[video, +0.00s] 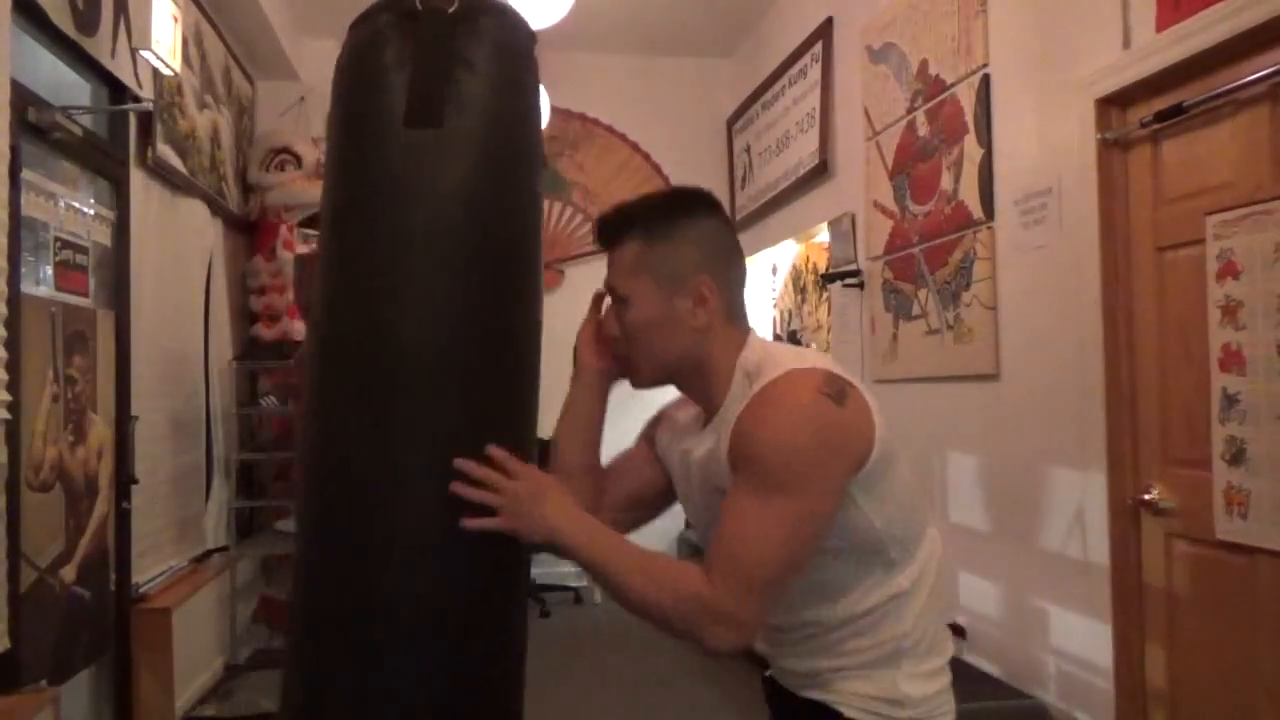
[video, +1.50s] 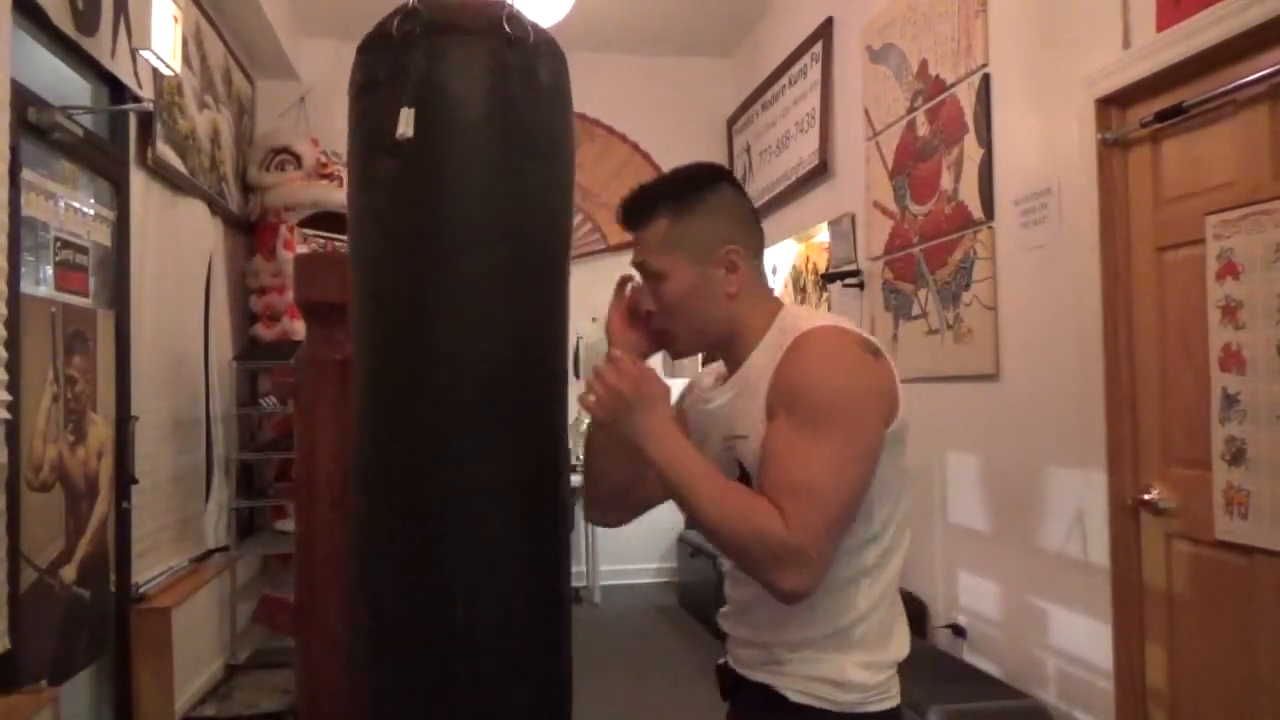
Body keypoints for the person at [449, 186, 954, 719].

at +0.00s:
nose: (607, 325)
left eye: (621, 304)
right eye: (609, 304)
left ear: (698, 303)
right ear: (692, 308)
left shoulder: (801, 408)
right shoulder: (682, 426)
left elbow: (726, 619)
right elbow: (579, 521)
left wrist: (561, 520)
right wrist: (590, 381)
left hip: (873, 702)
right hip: (788, 687)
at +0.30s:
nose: (581, 319)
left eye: (585, 295)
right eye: (578, 297)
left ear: (651, 286)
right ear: (651, 286)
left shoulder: (763, 409)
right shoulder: (703, 381)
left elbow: (700, 641)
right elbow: (602, 501)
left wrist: (579, 477)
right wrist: (582, 372)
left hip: (821, 709)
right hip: (758, 692)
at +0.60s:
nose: (676, 299)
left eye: (673, 279)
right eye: (669, 282)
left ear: (715, 262)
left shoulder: (741, 349)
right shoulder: (822, 328)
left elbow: (594, 480)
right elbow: (710, 492)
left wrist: (609, 316)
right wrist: (687, 318)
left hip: (781, 700)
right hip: (876, 680)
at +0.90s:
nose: (725, 372)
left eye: (724, 355)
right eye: (721, 360)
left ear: (756, 329)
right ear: (814, 324)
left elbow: (668, 549)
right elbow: (945, 553)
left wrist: (632, 426)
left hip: (789, 705)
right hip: (919, 702)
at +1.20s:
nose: (698, 321)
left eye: (706, 299)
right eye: (698, 301)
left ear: (768, 292)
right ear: (771, 294)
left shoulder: (822, 346)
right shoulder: (837, 344)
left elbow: (740, 518)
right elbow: (726, 514)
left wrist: (673, 387)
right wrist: (697, 383)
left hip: (845, 692)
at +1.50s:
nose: (644, 301)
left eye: (656, 278)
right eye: (641, 280)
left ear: (730, 270)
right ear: (729, 276)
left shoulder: (832, 363)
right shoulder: (713, 386)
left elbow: (793, 564)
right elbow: (609, 504)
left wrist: (654, 430)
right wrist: (625, 363)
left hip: (826, 698)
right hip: (751, 683)